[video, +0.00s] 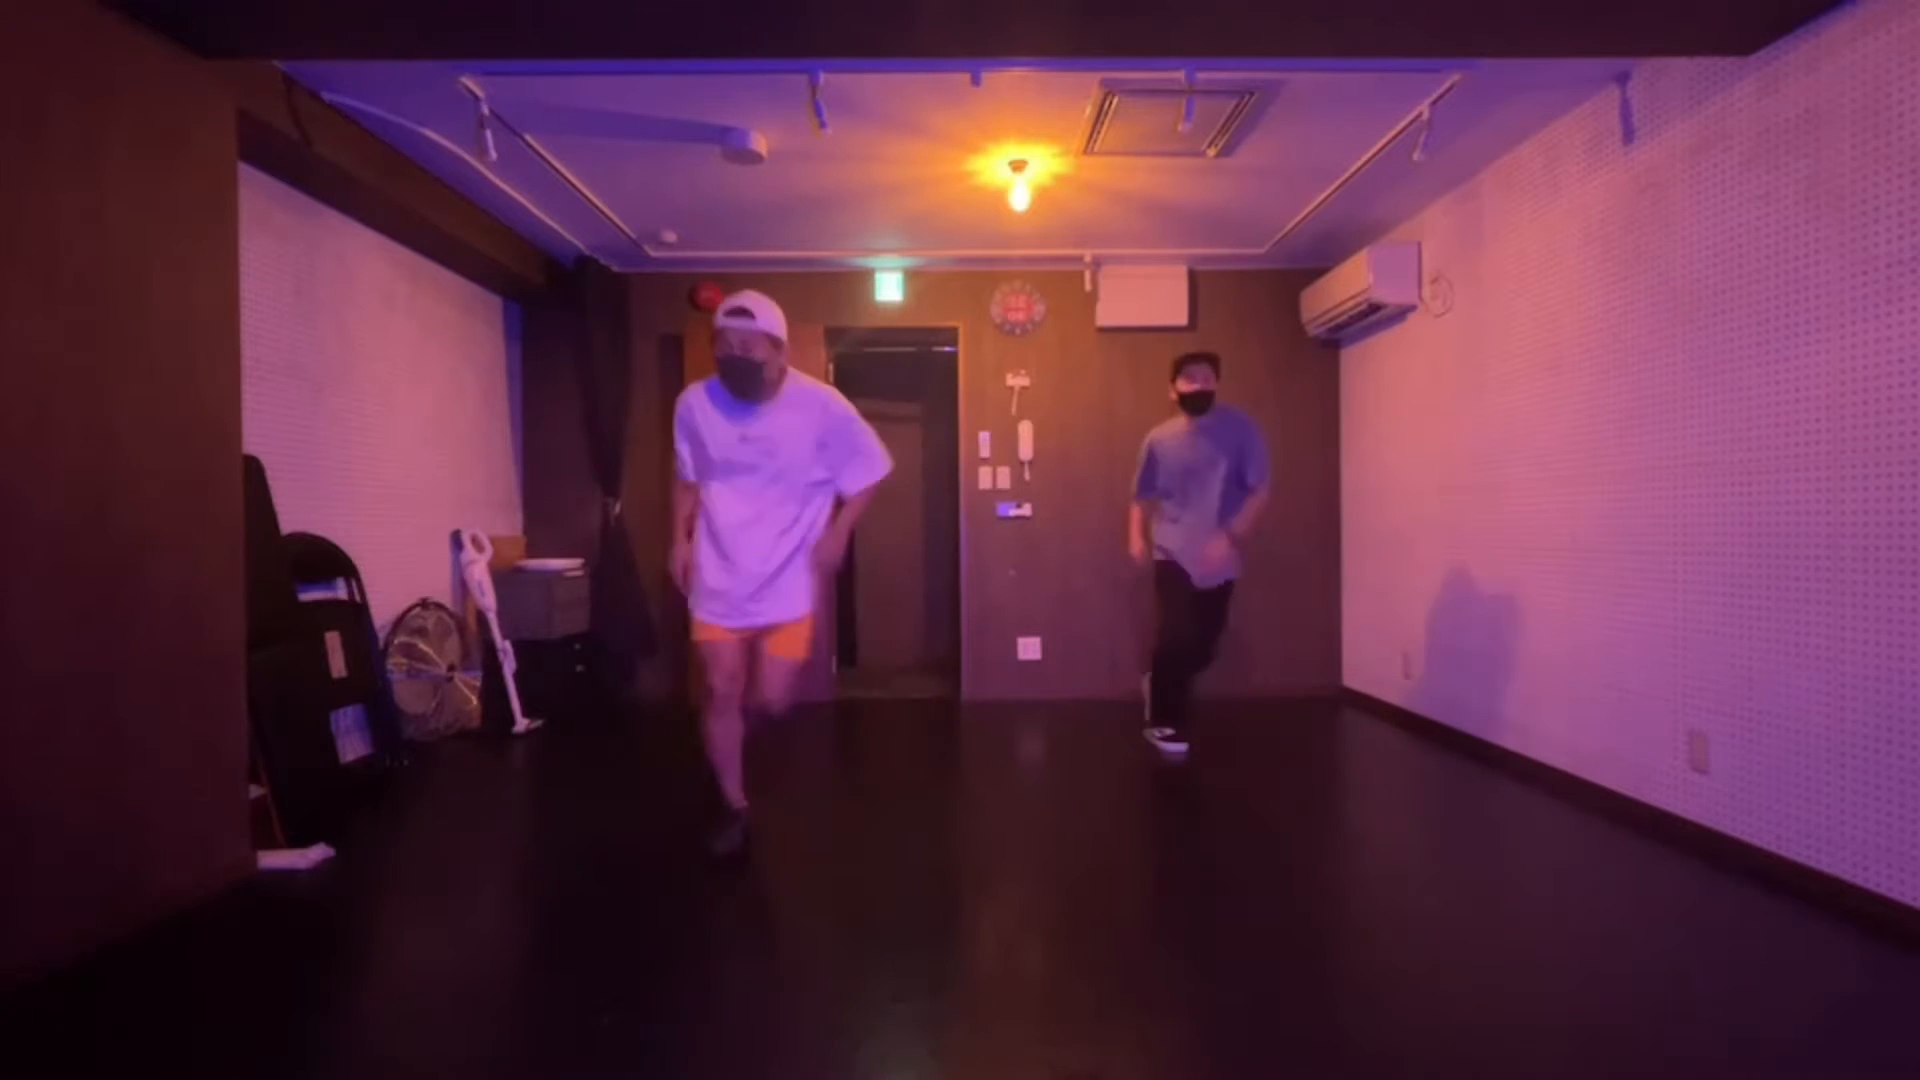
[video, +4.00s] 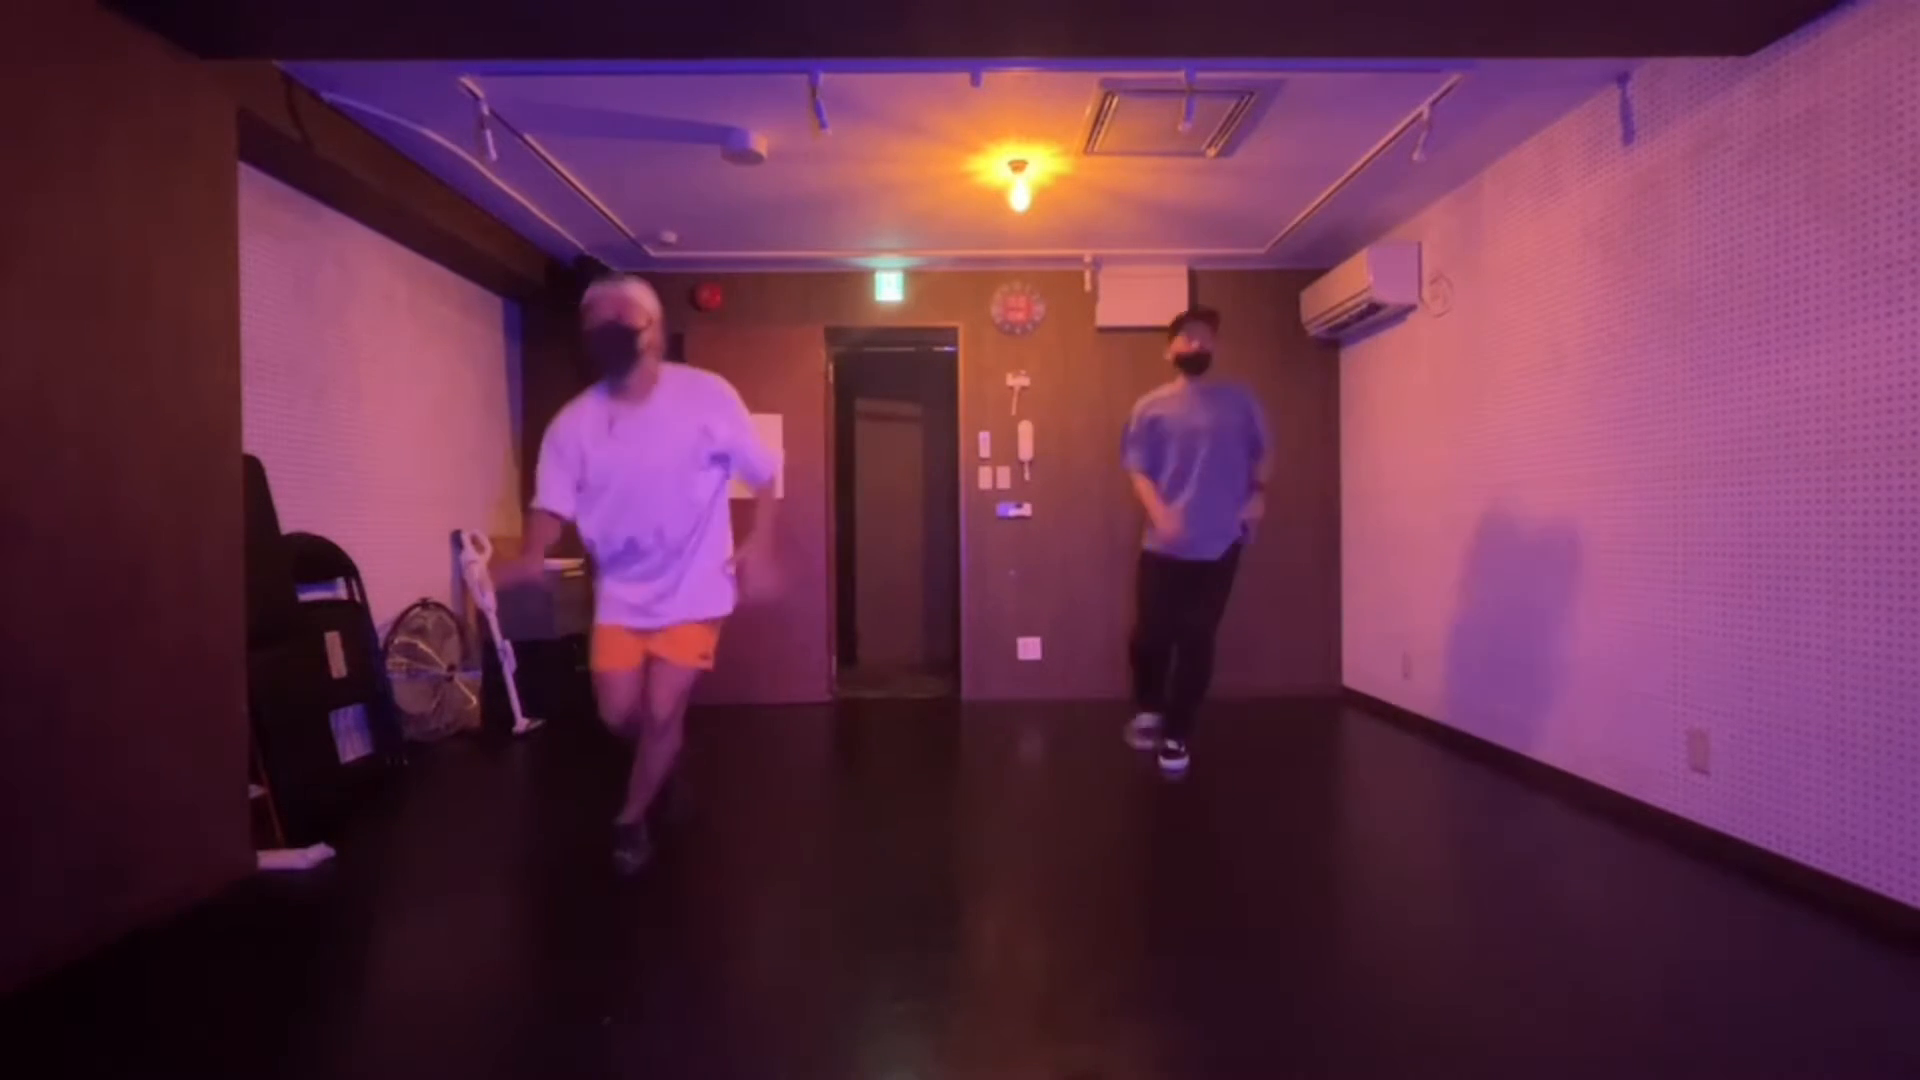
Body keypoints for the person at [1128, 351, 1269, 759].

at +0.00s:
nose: (1197, 387)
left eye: (1205, 379)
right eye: (1188, 379)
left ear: (1217, 385)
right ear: (1174, 387)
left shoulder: (1237, 429)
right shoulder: (1159, 438)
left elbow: (1259, 487)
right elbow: (1141, 494)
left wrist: (1234, 532)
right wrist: (1137, 537)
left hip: (1217, 551)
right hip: (1171, 549)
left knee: (1204, 646)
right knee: (1176, 637)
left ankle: (1158, 681)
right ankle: (1167, 724)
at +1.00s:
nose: (1396, 388)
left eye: (1405, 382)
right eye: (1388, 378)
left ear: (1411, 392)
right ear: (1368, 383)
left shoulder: (1404, 448)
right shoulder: (1338, 427)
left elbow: (1395, 511)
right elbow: (1307, 485)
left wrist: (1386, 475)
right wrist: (1318, 544)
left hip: (1373, 568)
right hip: (1326, 565)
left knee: (1389, 653)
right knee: (1327, 646)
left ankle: (1375, 726)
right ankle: (1329, 706)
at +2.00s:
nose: (1325, 360)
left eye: (1330, 352)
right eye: (1315, 352)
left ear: (1339, 353)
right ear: (1295, 356)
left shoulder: (1359, 386)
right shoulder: (1272, 401)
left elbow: (1400, 423)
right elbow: (1258, 458)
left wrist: (1389, 469)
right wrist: (1319, 466)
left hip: (1355, 539)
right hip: (1301, 543)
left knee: (1367, 633)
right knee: (1308, 642)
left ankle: (1374, 709)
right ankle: (1316, 731)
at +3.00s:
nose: (1235, 365)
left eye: (1242, 358)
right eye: (1225, 358)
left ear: (1255, 367)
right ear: (1210, 371)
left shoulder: (1279, 415)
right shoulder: (1197, 420)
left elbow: (1302, 470)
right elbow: (1163, 476)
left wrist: (1262, 499)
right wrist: (1169, 523)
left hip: (1266, 550)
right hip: (1214, 548)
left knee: (1267, 635)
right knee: (1210, 631)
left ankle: (1255, 717)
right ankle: (1199, 714)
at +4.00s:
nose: (1194, 344)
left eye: (1203, 336)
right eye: (1185, 336)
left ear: (1215, 346)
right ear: (1170, 347)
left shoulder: (1239, 402)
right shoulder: (1150, 406)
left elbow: (1262, 453)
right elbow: (1137, 467)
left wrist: (1256, 496)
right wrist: (1159, 513)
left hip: (1218, 549)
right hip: (1164, 548)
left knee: (1197, 642)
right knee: (1151, 635)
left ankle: (1178, 734)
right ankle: (1148, 708)